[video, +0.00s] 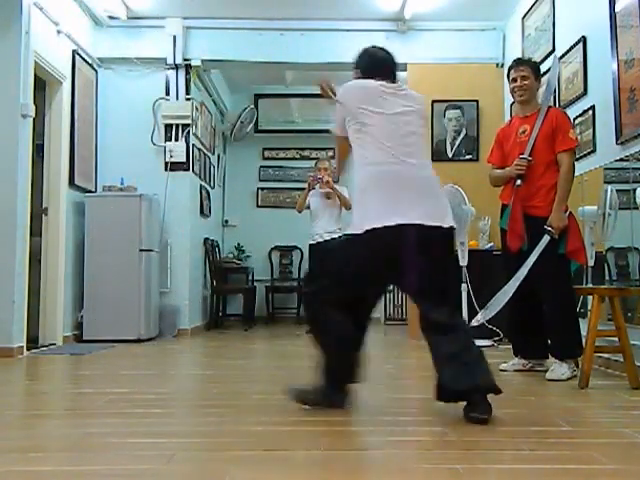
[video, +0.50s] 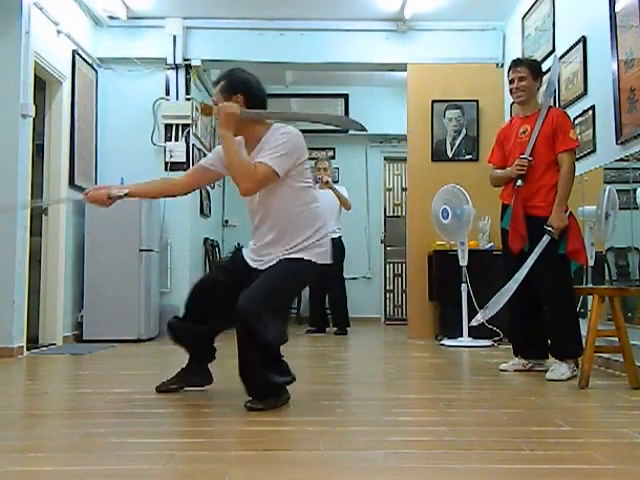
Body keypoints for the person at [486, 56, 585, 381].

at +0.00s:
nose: (519, 83)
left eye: (525, 78)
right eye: (514, 80)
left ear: (538, 83)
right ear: (508, 88)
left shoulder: (555, 117)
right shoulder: (505, 131)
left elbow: (566, 165)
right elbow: (493, 177)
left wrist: (559, 210)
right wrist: (509, 171)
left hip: (547, 214)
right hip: (514, 215)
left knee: (554, 284)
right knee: (521, 284)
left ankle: (565, 357)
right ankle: (529, 354)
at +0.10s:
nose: (519, 83)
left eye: (525, 78)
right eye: (514, 80)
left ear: (537, 83)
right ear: (508, 88)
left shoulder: (555, 117)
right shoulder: (505, 131)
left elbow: (567, 165)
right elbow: (493, 176)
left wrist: (559, 210)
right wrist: (509, 171)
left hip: (548, 214)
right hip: (514, 215)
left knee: (554, 284)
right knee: (521, 284)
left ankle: (565, 358)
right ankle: (529, 355)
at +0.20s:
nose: (519, 83)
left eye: (525, 78)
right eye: (514, 80)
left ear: (537, 83)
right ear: (508, 87)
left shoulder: (555, 117)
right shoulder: (505, 131)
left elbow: (567, 166)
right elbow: (493, 176)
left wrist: (559, 210)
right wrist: (509, 171)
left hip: (548, 214)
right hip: (514, 215)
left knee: (554, 284)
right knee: (520, 284)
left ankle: (565, 358)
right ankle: (529, 355)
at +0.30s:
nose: (520, 84)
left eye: (525, 78)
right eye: (514, 80)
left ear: (537, 83)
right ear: (508, 88)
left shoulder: (555, 117)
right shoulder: (505, 131)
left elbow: (567, 166)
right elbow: (493, 176)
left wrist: (559, 210)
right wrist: (509, 171)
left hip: (548, 214)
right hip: (514, 215)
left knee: (554, 284)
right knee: (520, 284)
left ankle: (565, 358)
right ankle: (529, 355)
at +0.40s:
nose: (519, 84)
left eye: (525, 78)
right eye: (514, 80)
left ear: (538, 83)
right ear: (508, 87)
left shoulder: (555, 117)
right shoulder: (505, 131)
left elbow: (567, 166)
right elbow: (494, 176)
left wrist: (559, 210)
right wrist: (509, 171)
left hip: (548, 214)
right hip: (514, 215)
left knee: (554, 284)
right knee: (520, 284)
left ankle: (565, 358)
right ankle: (529, 355)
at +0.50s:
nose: (516, 85)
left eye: (522, 79)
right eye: (512, 81)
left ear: (538, 82)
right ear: (508, 88)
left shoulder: (555, 117)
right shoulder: (506, 131)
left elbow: (567, 166)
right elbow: (494, 176)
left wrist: (559, 210)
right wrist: (510, 171)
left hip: (547, 214)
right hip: (514, 215)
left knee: (554, 284)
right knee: (520, 284)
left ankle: (565, 358)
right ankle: (529, 355)